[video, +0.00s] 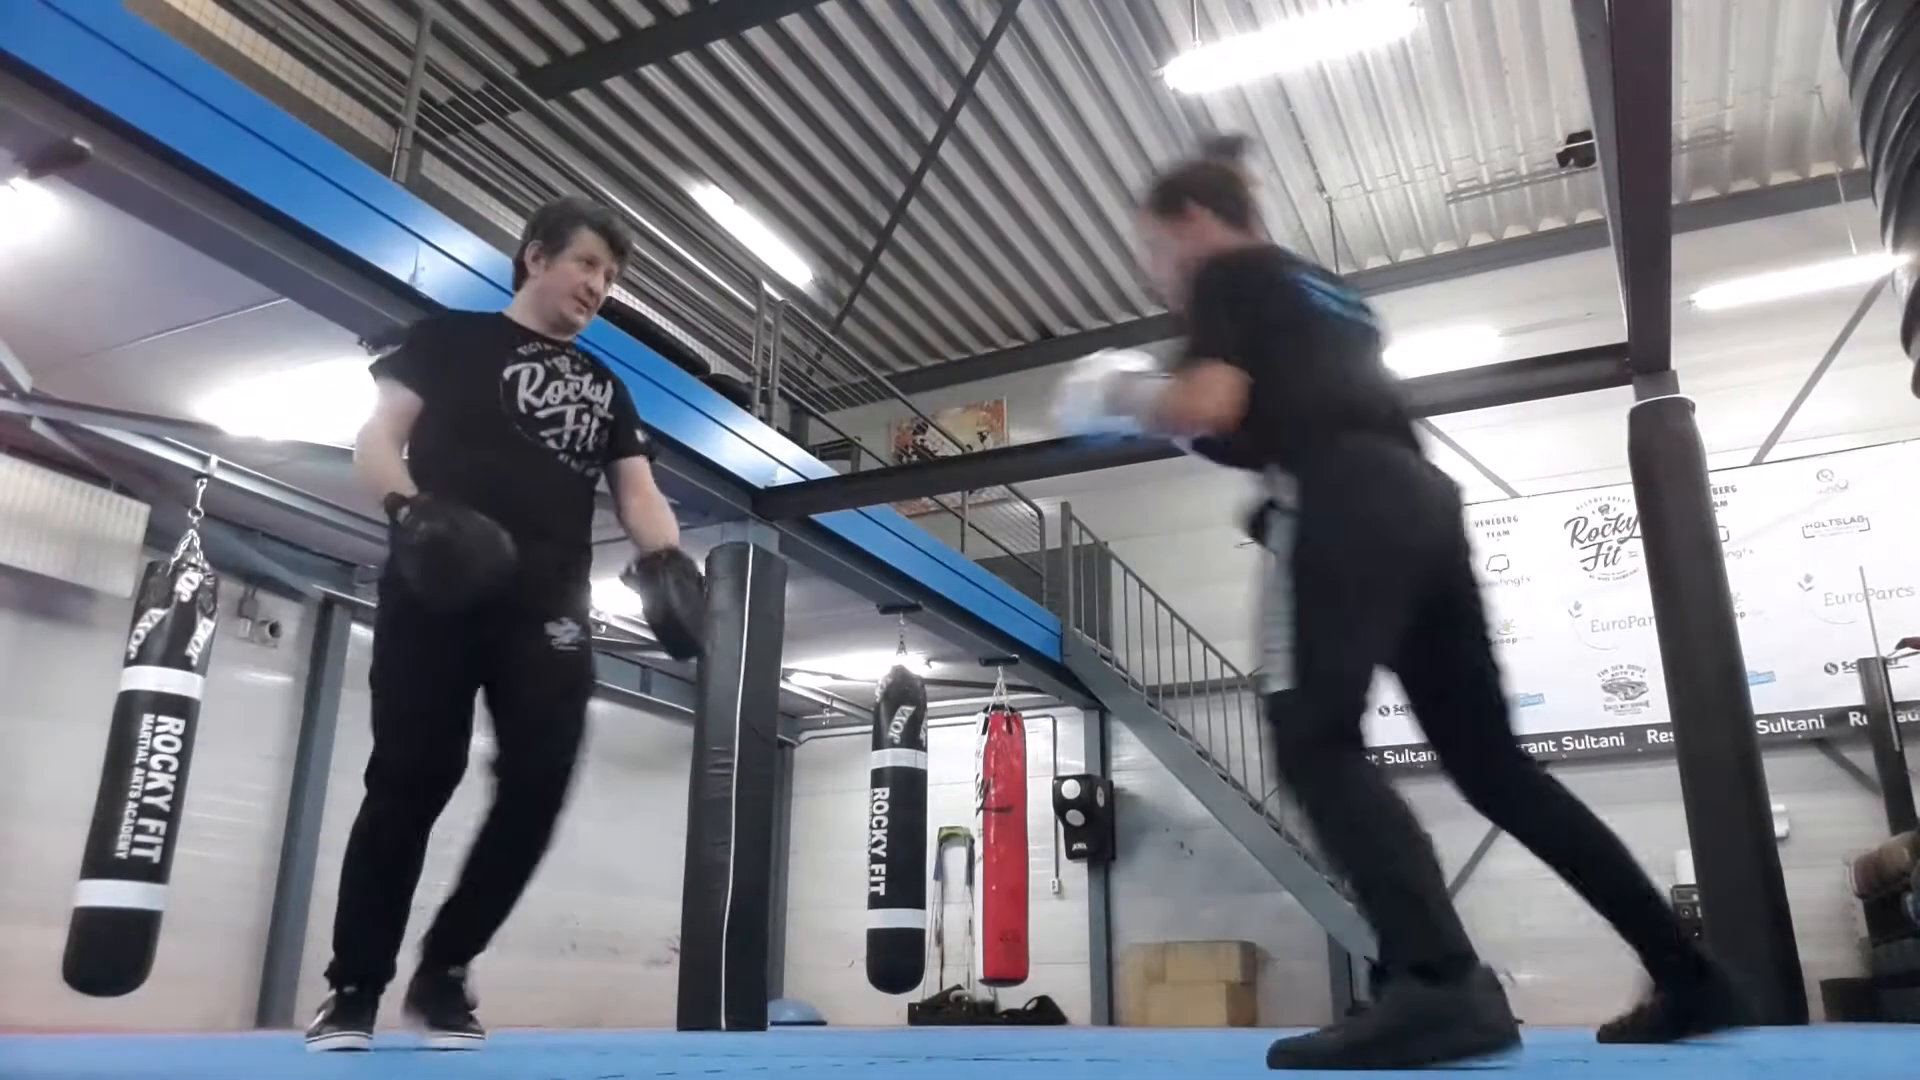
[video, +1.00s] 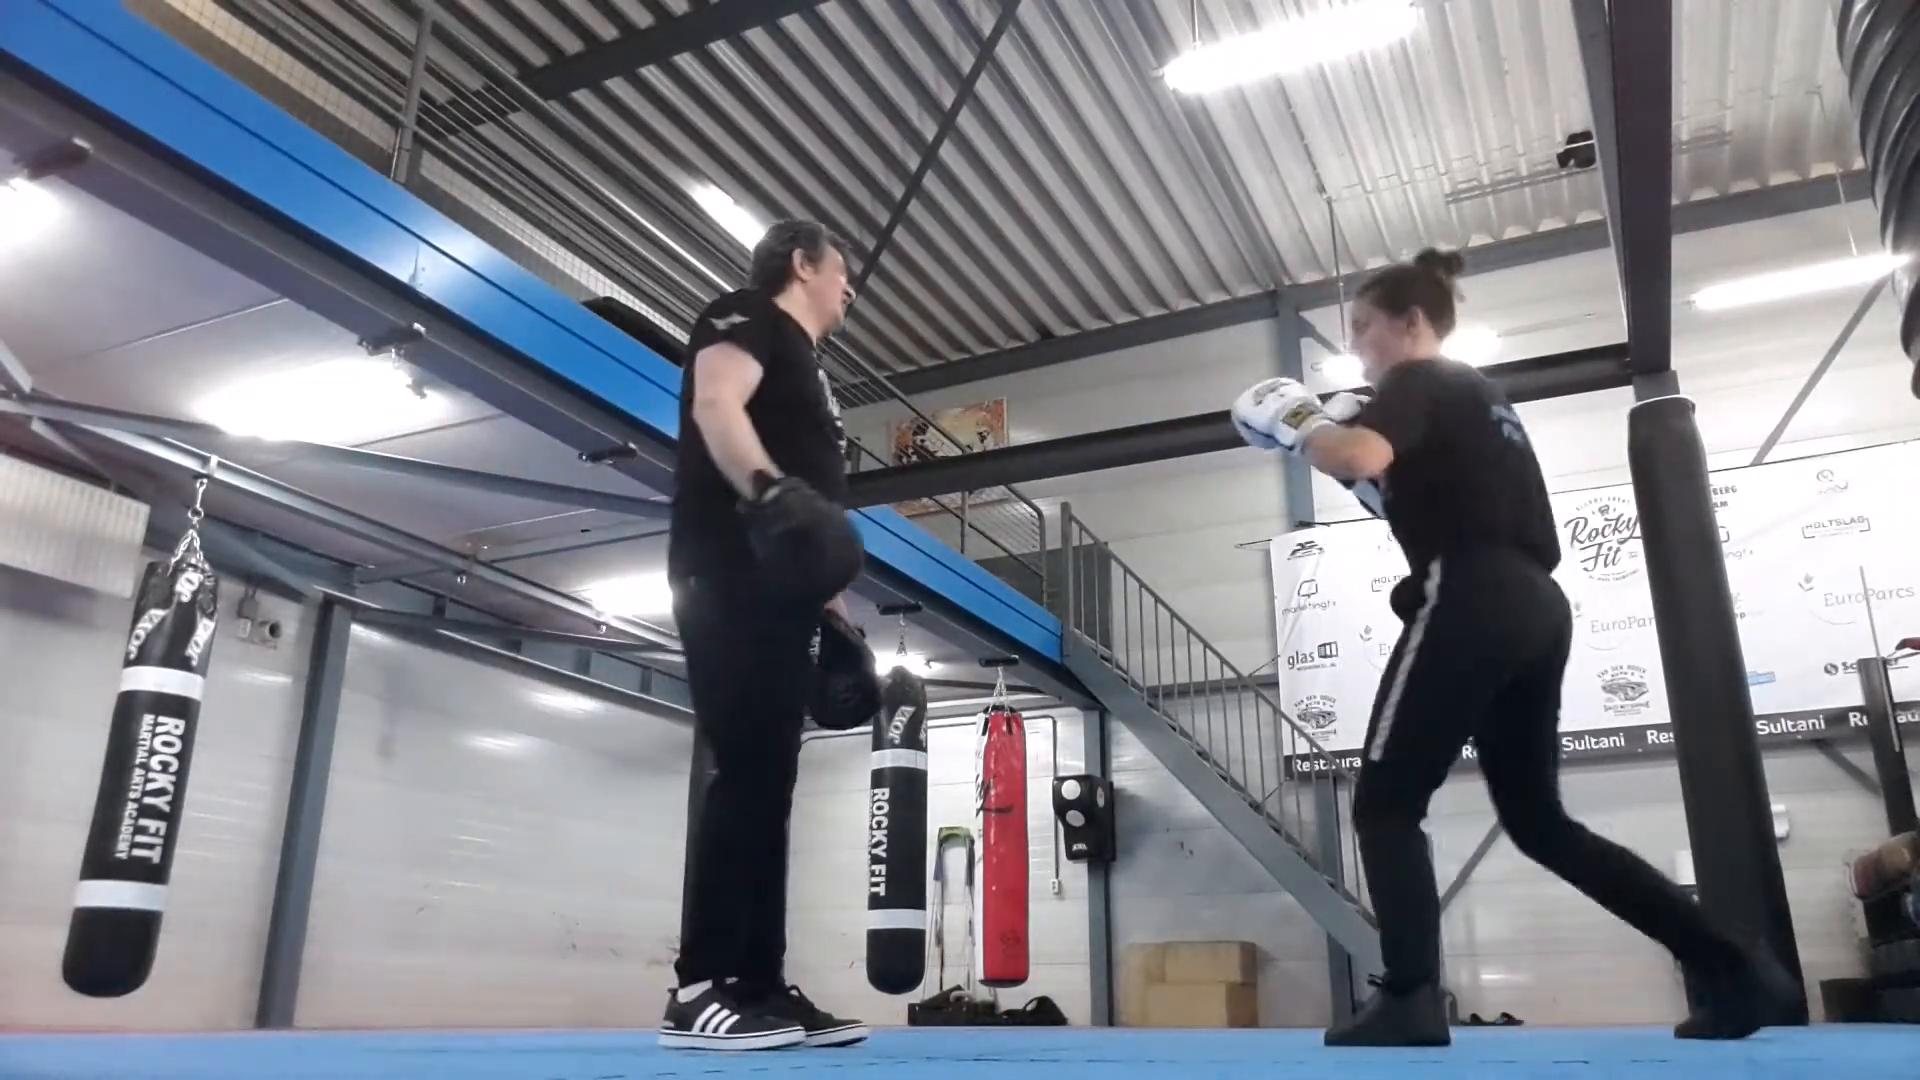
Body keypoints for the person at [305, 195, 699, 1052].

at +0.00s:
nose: (596, 285)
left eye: (607, 276)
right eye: (583, 264)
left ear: (609, 291)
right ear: (535, 259)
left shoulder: (605, 391)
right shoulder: (449, 336)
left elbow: (640, 497)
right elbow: (375, 445)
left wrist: (667, 564)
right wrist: (412, 508)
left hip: (546, 611)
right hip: (436, 590)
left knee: (537, 787)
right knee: (411, 777)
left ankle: (441, 976)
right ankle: (354, 988)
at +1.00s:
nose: (850, 291)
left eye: (851, 280)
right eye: (843, 274)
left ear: (802, 272)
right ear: (802, 265)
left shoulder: (792, 355)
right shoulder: (755, 317)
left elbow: (793, 503)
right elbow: (713, 402)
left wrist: (830, 611)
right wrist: (772, 494)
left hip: (767, 588)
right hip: (733, 578)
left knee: (759, 780)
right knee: (749, 778)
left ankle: (752, 989)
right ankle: (716, 992)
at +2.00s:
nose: (882, 246)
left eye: (882, 230)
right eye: (876, 228)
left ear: (832, 230)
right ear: (841, 226)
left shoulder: (828, 338)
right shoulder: (770, 293)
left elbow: (818, 475)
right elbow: (689, 368)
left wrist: (852, 592)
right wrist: (608, 443)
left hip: (820, 586)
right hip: (759, 571)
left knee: (840, 762)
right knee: (736, 763)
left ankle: (793, 982)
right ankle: (701, 992)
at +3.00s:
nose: (932, 281)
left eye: (924, 269)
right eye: (923, 267)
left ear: (843, 288)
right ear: (911, 271)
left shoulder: (808, 378)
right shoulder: (912, 311)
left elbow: (794, 516)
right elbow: (1006, 248)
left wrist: (782, 612)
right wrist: (965, 183)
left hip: (842, 579)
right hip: (896, 573)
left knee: (858, 788)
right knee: (829, 775)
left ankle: (853, 995)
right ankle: (723, 970)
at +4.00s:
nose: (1043, 322)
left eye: (1047, 309)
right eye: (1044, 304)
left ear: (1001, 285)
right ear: (1013, 284)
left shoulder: (975, 351)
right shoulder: (948, 319)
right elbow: (908, 400)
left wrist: (992, 583)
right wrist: (881, 481)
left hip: (942, 597)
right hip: (952, 594)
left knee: (887, 793)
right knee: (1001, 778)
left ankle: (851, 994)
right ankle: (1012, 981)